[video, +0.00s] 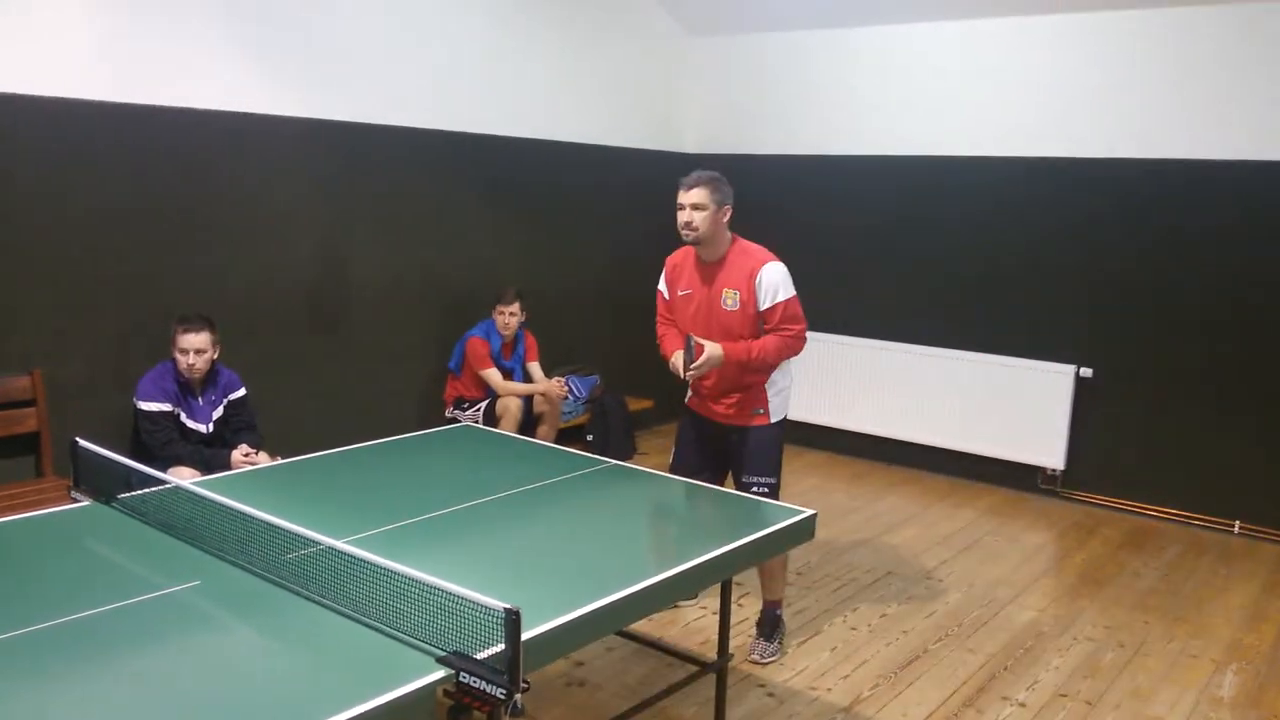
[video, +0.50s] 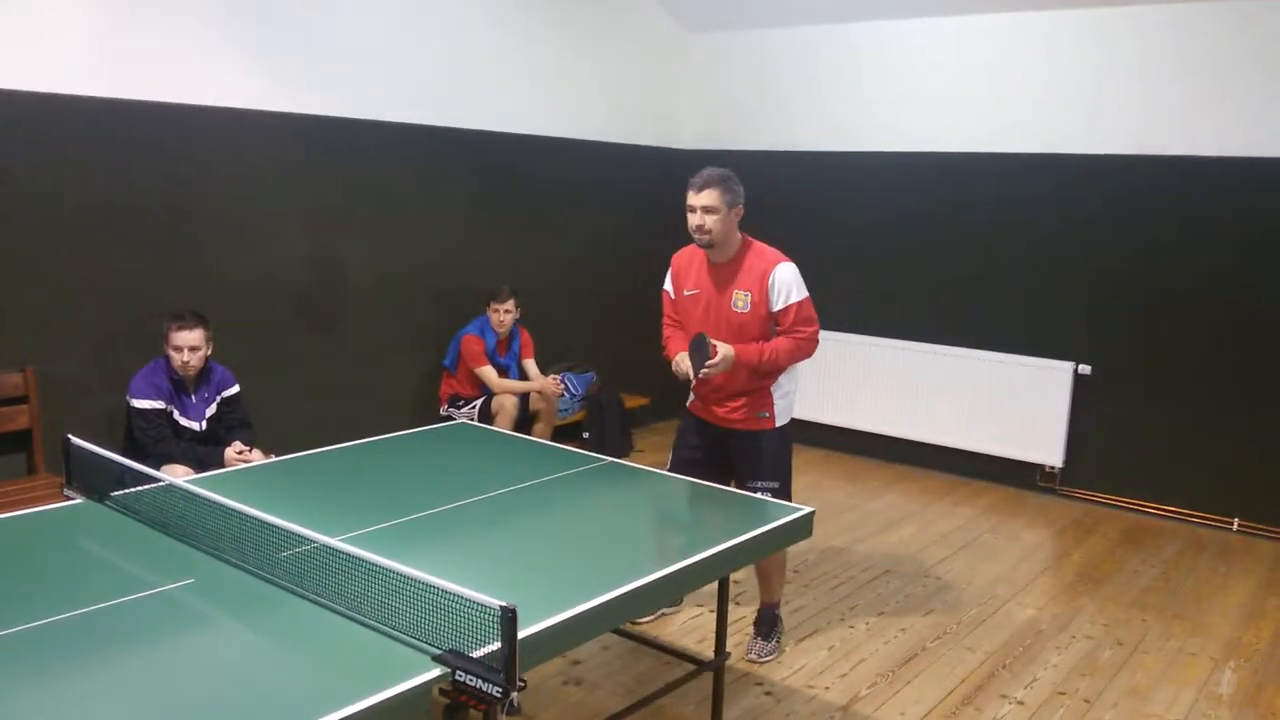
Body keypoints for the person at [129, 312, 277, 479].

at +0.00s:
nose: (191, 362)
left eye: (199, 353)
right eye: (183, 353)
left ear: (215, 352)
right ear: (173, 351)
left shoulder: (228, 382)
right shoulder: (153, 387)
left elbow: (244, 429)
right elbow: (166, 450)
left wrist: (245, 448)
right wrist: (226, 460)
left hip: (218, 460)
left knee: (263, 462)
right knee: (187, 477)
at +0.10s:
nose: (188, 362)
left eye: (197, 353)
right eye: (180, 353)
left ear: (212, 352)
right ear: (170, 351)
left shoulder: (226, 382)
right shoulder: (150, 388)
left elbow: (241, 429)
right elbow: (163, 450)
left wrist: (241, 448)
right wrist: (223, 460)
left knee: (260, 461)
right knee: (184, 477)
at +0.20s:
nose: (190, 361)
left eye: (198, 352)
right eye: (182, 352)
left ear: (214, 351)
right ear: (172, 351)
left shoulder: (227, 381)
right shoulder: (151, 387)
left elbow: (243, 428)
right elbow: (164, 450)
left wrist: (243, 447)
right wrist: (224, 459)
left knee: (262, 460)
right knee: (185, 476)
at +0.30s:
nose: (188, 360)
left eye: (197, 351)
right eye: (180, 351)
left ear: (212, 351)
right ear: (170, 350)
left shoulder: (225, 380)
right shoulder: (150, 386)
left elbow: (240, 428)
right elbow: (162, 449)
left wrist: (241, 447)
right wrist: (223, 458)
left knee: (260, 460)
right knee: (184, 476)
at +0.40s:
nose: (188, 360)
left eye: (197, 351)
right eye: (180, 351)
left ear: (212, 350)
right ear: (170, 350)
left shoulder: (225, 380)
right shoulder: (150, 386)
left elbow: (241, 427)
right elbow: (161, 449)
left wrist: (241, 446)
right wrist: (223, 458)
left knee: (261, 460)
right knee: (184, 475)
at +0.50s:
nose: (185, 359)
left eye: (194, 350)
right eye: (177, 350)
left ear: (209, 349)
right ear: (166, 349)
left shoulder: (221, 379)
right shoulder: (145, 386)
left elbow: (237, 427)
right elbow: (157, 448)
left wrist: (237, 446)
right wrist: (219, 458)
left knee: (257, 459)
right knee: (181, 475)